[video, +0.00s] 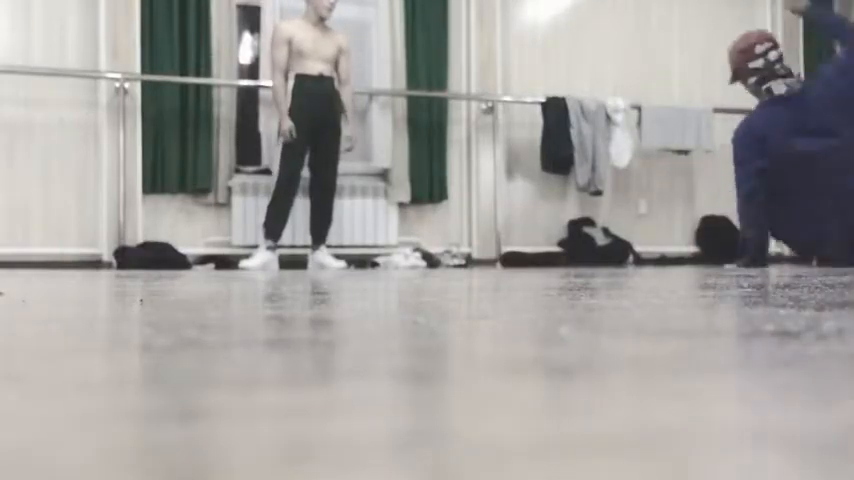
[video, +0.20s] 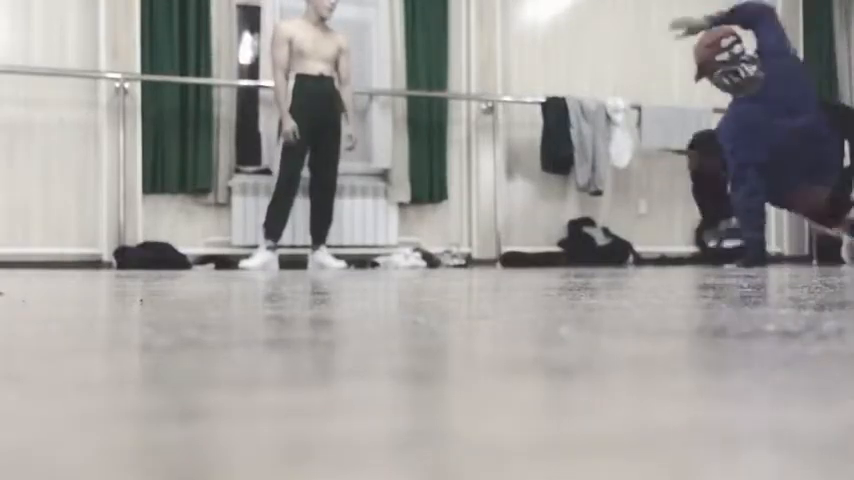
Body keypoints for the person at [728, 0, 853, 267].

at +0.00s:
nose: (743, 86)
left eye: (743, 79)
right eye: (742, 79)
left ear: (749, 80)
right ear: (782, 61)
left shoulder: (752, 131)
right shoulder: (828, 94)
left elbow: (752, 200)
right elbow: (848, 36)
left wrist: (753, 257)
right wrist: (808, 10)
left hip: (805, 239)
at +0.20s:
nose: (726, 77)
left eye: (718, 73)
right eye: (719, 73)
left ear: (721, 78)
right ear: (748, 51)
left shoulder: (737, 125)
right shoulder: (781, 62)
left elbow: (747, 187)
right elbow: (761, 12)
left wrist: (755, 247)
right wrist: (710, 22)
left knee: (701, 146)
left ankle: (719, 228)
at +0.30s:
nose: (700, 93)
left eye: (698, 86)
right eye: (696, 88)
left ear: (715, 80)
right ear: (725, 57)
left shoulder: (728, 125)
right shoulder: (761, 62)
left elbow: (743, 189)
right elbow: (724, 53)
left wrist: (752, 244)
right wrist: (688, 62)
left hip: (769, 186)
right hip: (806, 170)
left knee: (683, 178)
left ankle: (723, 237)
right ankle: (821, 230)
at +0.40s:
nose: (689, 109)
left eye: (687, 102)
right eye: (685, 104)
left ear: (702, 92)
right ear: (711, 84)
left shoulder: (717, 128)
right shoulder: (758, 103)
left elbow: (722, 191)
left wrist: (702, 244)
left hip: (754, 211)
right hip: (786, 205)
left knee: (670, 193)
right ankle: (739, 241)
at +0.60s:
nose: (711, 96)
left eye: (711, 91)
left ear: (721, 83)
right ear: (753, 82)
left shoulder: (722, 91)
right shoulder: (785, 114)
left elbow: (683, 140)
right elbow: (779, 170)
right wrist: (770, 245)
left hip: (713, 195)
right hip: (759, 210)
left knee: (646, 209)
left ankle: (582, 242)